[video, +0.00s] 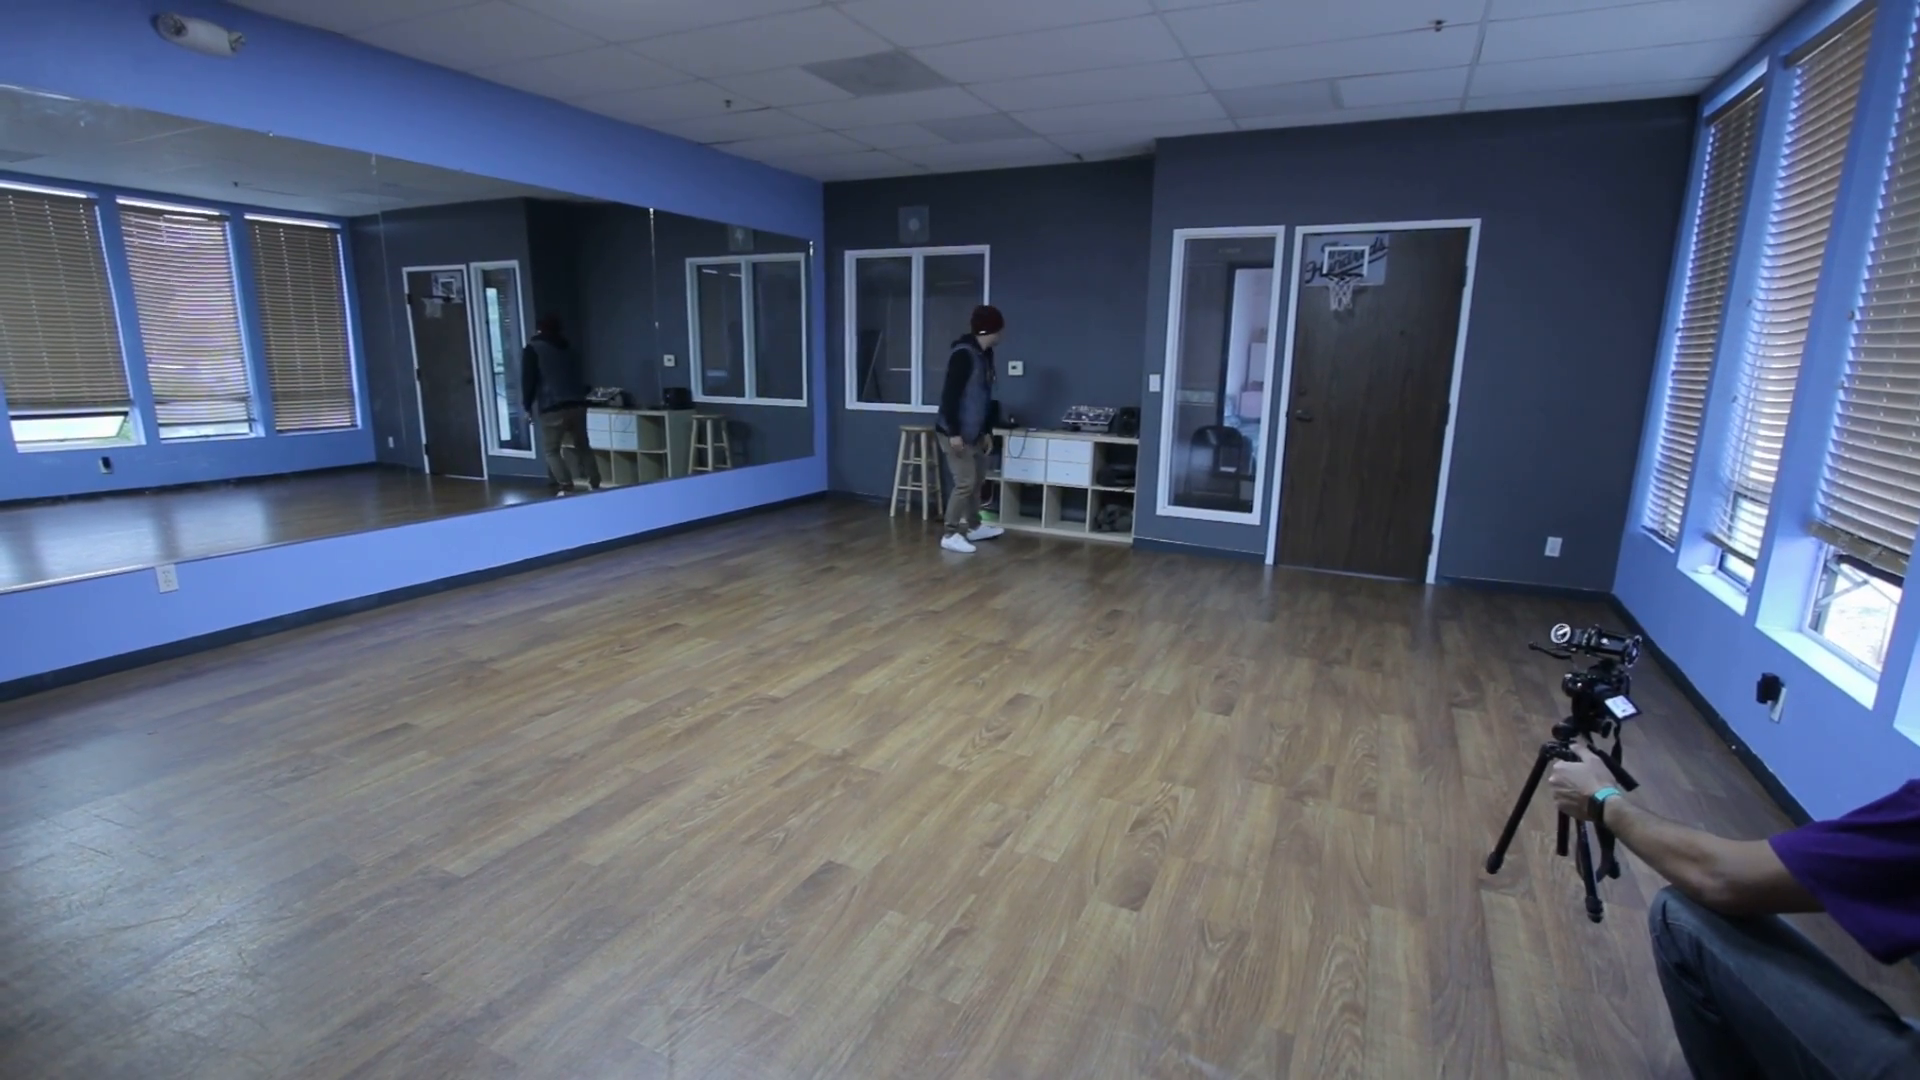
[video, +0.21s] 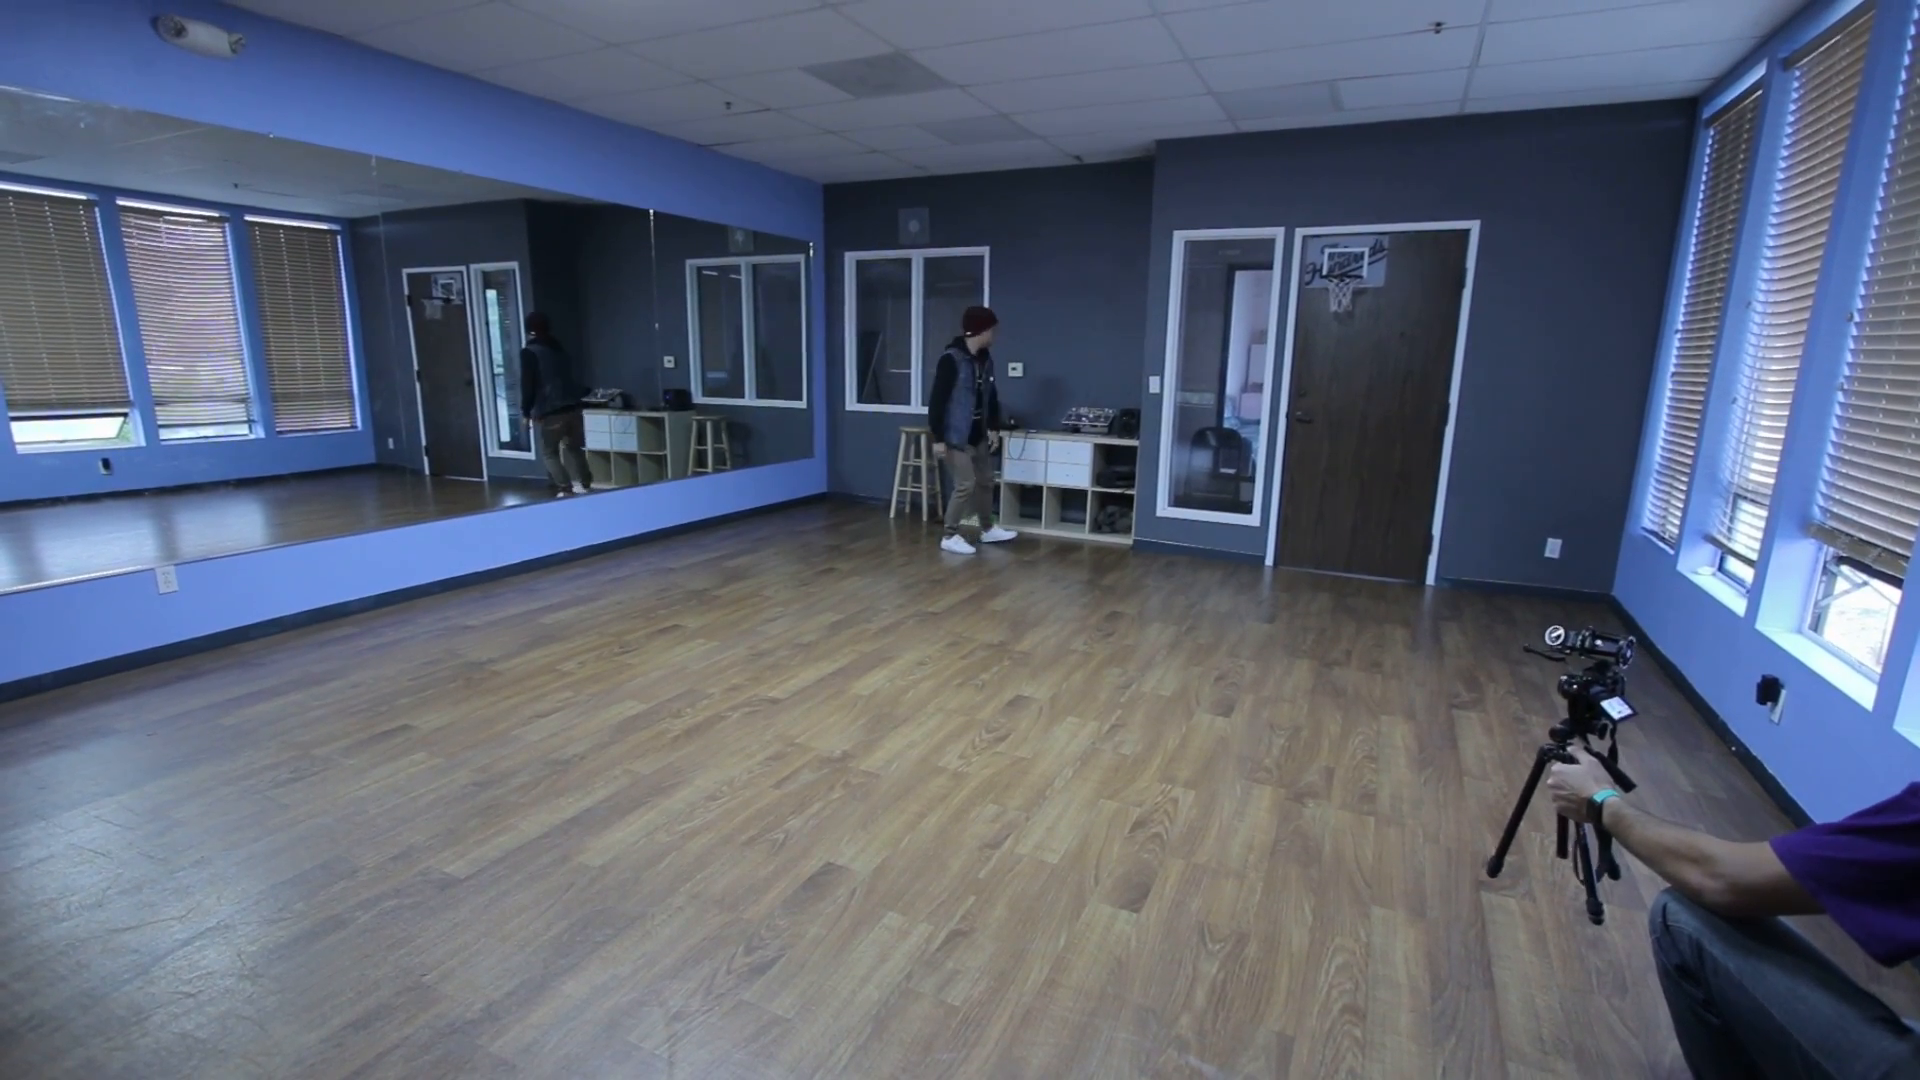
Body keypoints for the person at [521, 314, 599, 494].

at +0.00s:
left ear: (538, 328)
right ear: (558, 327)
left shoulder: (533, 348)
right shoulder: (567, 344)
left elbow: (529, 380)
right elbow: (576, 373)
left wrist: (528, 406)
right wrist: (577, 396)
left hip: (551, 404)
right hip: (576, 401)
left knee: (551, 450)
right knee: (582, 445)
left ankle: (566, 486)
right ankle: (595, 482)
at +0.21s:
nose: (529, 332)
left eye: (529, 329)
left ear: (530, 329)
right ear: (548, 326)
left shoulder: (529, 352)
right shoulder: (559, 345)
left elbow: (528, 384)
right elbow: (569, 375)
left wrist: (526, 411)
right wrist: (573, 399)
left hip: (548, 408)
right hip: (571, 404)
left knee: (549, 452)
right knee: (574, 447)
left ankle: (564, 488)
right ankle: (585, 484)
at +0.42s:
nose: (521, 328)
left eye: (522, 323)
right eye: (521, 324)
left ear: (529, 323)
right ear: (541, 321)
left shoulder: (532, 344)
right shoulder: (554, 337)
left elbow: (531, 377)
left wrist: (528, 406)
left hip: (547, 402)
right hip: (563, 397)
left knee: (553, 446)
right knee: (556, 445)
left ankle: (563, 484)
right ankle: (560, 480)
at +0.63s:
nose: (520, 327)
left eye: (521, 323)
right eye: (520, 323)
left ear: (530, 323)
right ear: (537, 322)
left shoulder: (535, 345)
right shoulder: (550, 340)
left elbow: (534, 378)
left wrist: (527, 404)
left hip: (547, 405)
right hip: (555, 403)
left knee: (553, 447)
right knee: (540, 446)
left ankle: (567, 485)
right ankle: (535, 485)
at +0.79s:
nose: (518, 332)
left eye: (520, 328)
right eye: (518, 328)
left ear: (526, 328)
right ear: (537, 327)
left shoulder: (534, 350)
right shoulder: (547, 345)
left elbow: (534, 382)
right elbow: (544, 381)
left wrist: (525, 408)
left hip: (539, 409)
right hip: (547, 407)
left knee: (535, 452)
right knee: (537, 452)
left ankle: (562, 487)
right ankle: (530, 490)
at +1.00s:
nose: (523, 330)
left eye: (524, 327)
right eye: (525, 327)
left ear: (526, 328)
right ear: (543, 327)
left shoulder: (528, 348)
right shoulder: (552, 345)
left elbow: (527, 380)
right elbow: (554, 377)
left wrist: (525, 408)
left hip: (534, 409)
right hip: (551, 408)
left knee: (534, 454)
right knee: (537, 451)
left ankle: (558, 488)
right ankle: (530, 489)